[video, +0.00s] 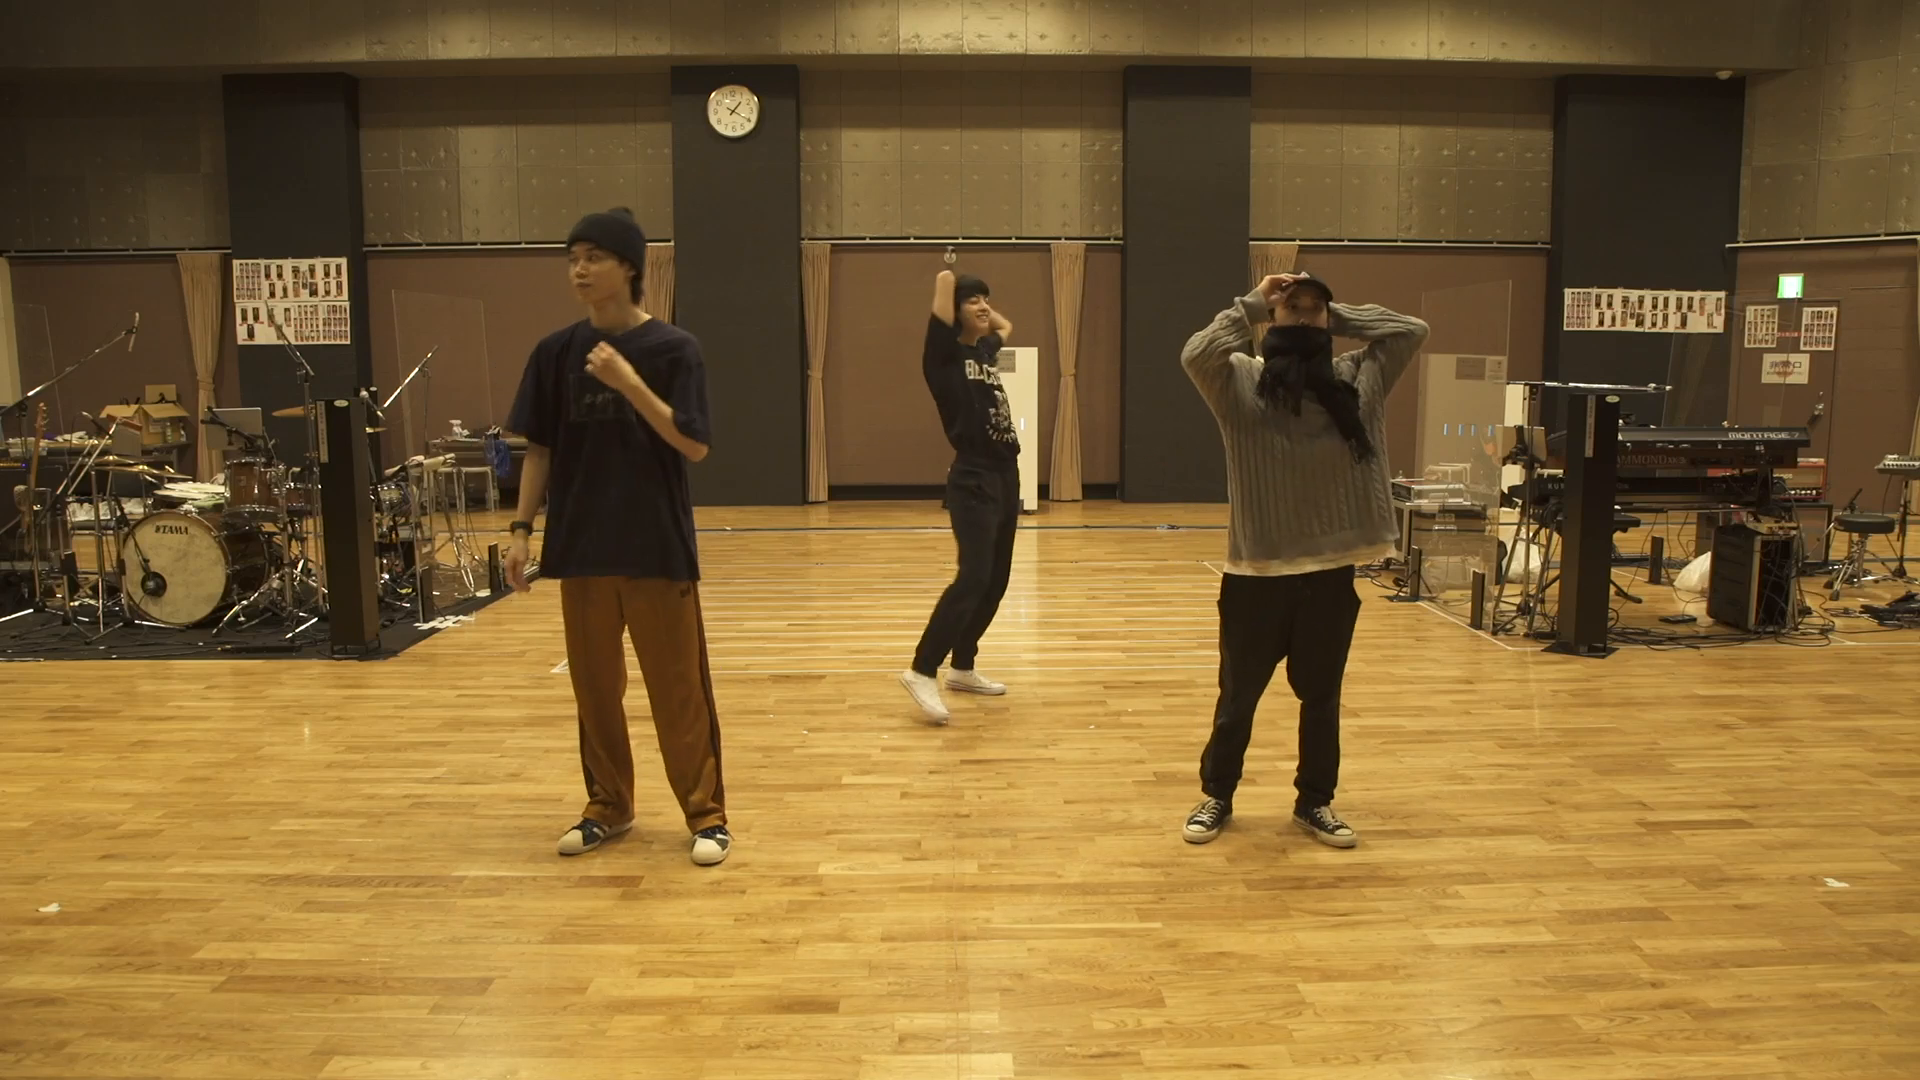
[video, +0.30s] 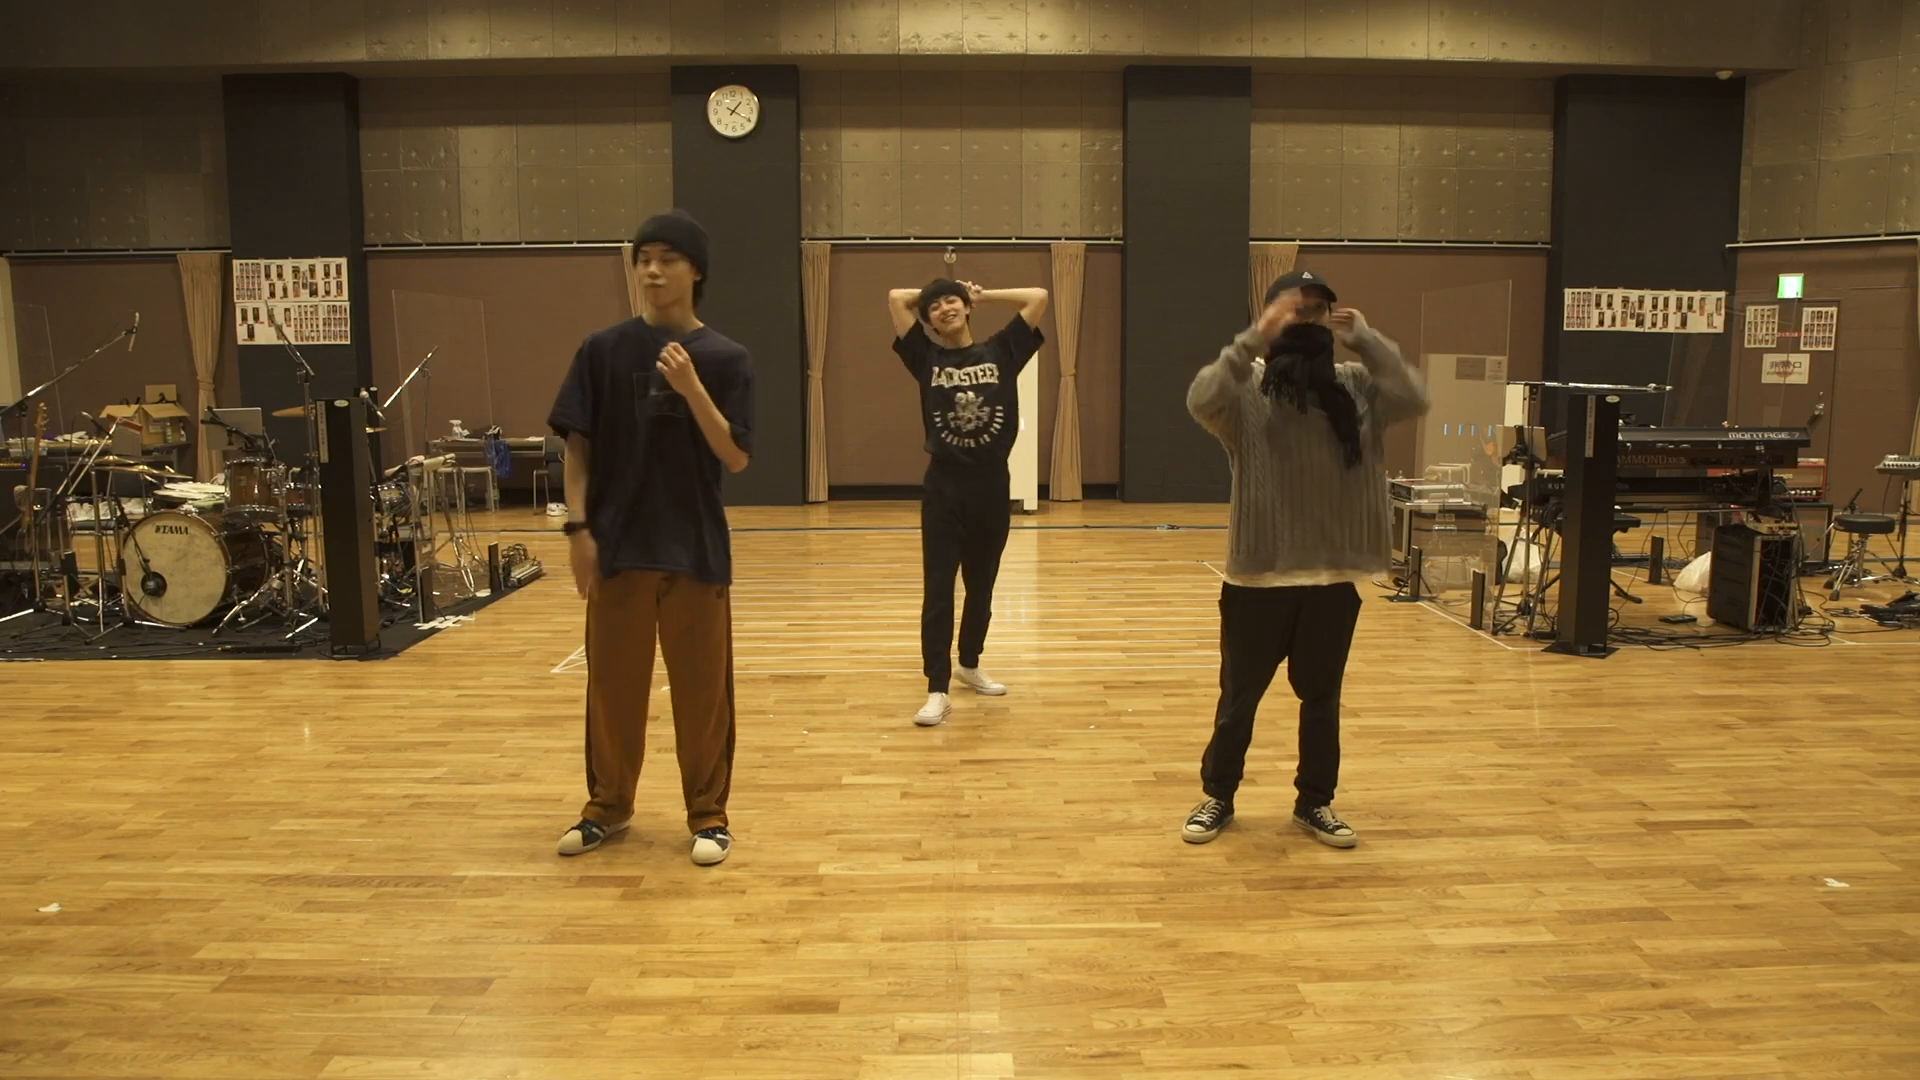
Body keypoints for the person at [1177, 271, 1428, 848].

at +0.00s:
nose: (1297, 319)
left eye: (1310, 310)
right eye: (1288, 310)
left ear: (1329, 326)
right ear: (1267, 326)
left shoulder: (1358, 382)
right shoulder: (1238, 385)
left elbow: (1412, 330)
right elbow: (1196, 356)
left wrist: (1332, 313)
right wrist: (1254, 306)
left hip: (1329, 576)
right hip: (1254, 577)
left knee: (1321, 701)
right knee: (1237, 700)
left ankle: (1315, 804)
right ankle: (1216, 800)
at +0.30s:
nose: (1305, 323)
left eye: (1316, 313)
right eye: (1293, 313)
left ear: (1333, 323)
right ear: (1270, 325)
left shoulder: (1359, 388)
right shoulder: (1246, 392)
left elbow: (1413, 399)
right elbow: (1200, 401)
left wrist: (1363, 335)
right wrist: (1255, 336)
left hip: (1332, 576)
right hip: (1258, 576)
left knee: (1321, 700)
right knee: (1238, 698)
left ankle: (1315, 804)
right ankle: (1218, 800)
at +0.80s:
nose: (1286, 316)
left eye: (1296, 307)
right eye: (1274, 307)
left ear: (1311, 316)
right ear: (1254, 315)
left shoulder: (1337, 385)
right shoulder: (1227, 378)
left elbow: (1367, 463)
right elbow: (1196, 427)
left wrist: (1327, 400)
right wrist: (1262, 380)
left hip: (1312, 572)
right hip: (1236, 570)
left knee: (1313, 697)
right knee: (1229, 695)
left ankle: (1314, 803)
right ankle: (1215, 799)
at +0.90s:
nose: (1281, 314)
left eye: (1292, 305)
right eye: (1270, 306)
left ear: (1308, 315)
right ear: (1250, 316)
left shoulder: (1334, 385)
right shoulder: (1225, 378)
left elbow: (1357, 465)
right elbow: (1203, 432)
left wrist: (1323, 398)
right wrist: (1273, 382)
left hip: (1310, 572)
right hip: (1234, 570)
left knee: (1311, 697)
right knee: (1227, 696)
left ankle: (1314, 803)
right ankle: (1215, 799)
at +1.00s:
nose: (1277, 316)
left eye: (1288, 306)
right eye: (1265, 307)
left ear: (1304, 316)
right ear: (1246, 317)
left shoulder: (1333, 386)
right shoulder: (1223, 378)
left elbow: (1350, 471)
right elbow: (1209, 436)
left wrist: (1317, 406)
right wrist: (1262, 371)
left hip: (1308, 572)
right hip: (1233, 570)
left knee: (1309, 696)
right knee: (1226, 695)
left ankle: (1314, 803)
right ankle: (1215, 800)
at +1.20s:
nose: (1278, 319)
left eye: (1288, 308)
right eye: (1266, 308)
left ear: (1303, 317)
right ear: (1246, 316)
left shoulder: (1329, 384)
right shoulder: (1221, 379)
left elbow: (1355, 464)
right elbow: (1197, 427)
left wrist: (1314, 413)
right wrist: (1248, 362)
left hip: (1308, 573)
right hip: (1233, 571)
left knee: (1309, 696)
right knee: (1226, 695)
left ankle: (1314, 803)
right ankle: (1215, 800)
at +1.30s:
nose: (1278, 317)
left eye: (1288, 307)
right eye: (1266, 307)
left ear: (1302, 316)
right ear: (1245, 315)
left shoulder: (1329, 383)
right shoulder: (1221, 380)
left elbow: (1371, 458)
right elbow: (1190, 425)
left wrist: (1325, 412)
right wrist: (1239, 359)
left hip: (1307, 571)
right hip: (1232, 570)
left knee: (1309, 696)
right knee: (1226, 696)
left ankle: (1314, 803)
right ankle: (1215, 800)